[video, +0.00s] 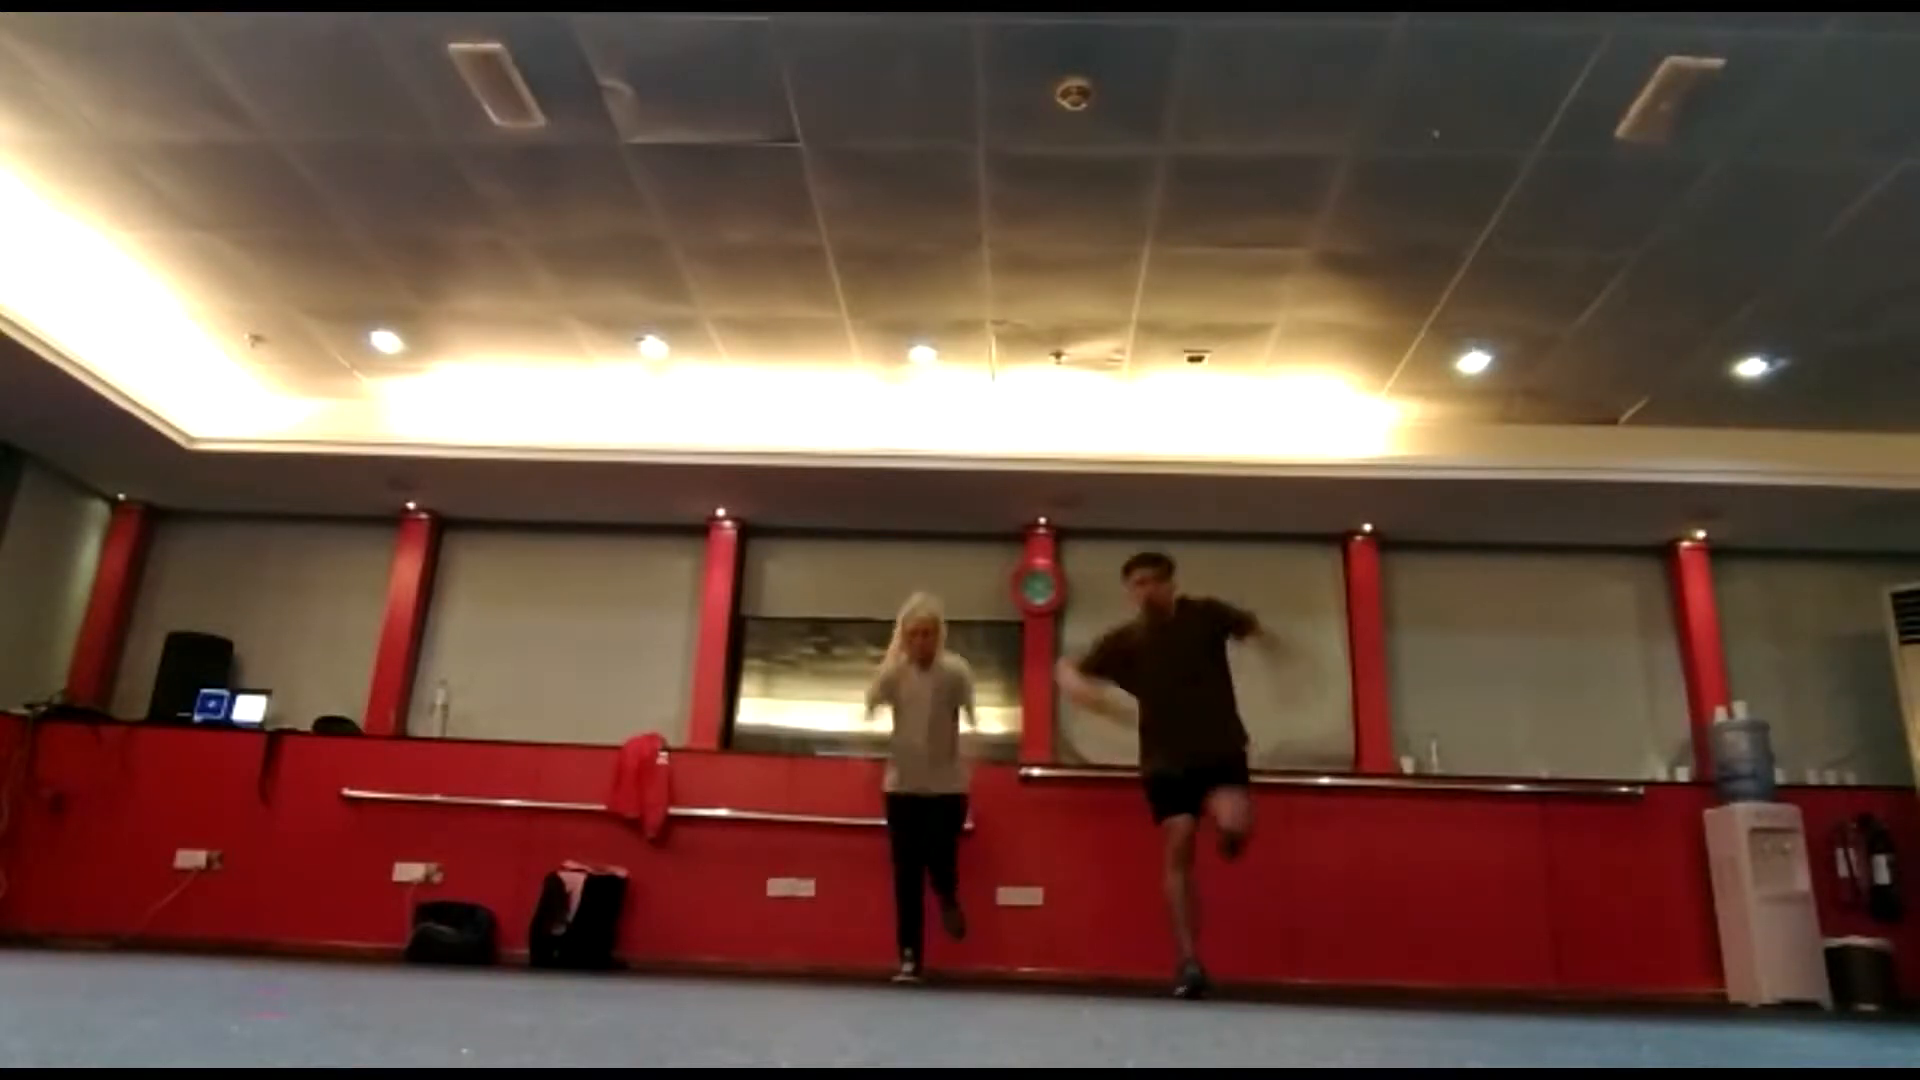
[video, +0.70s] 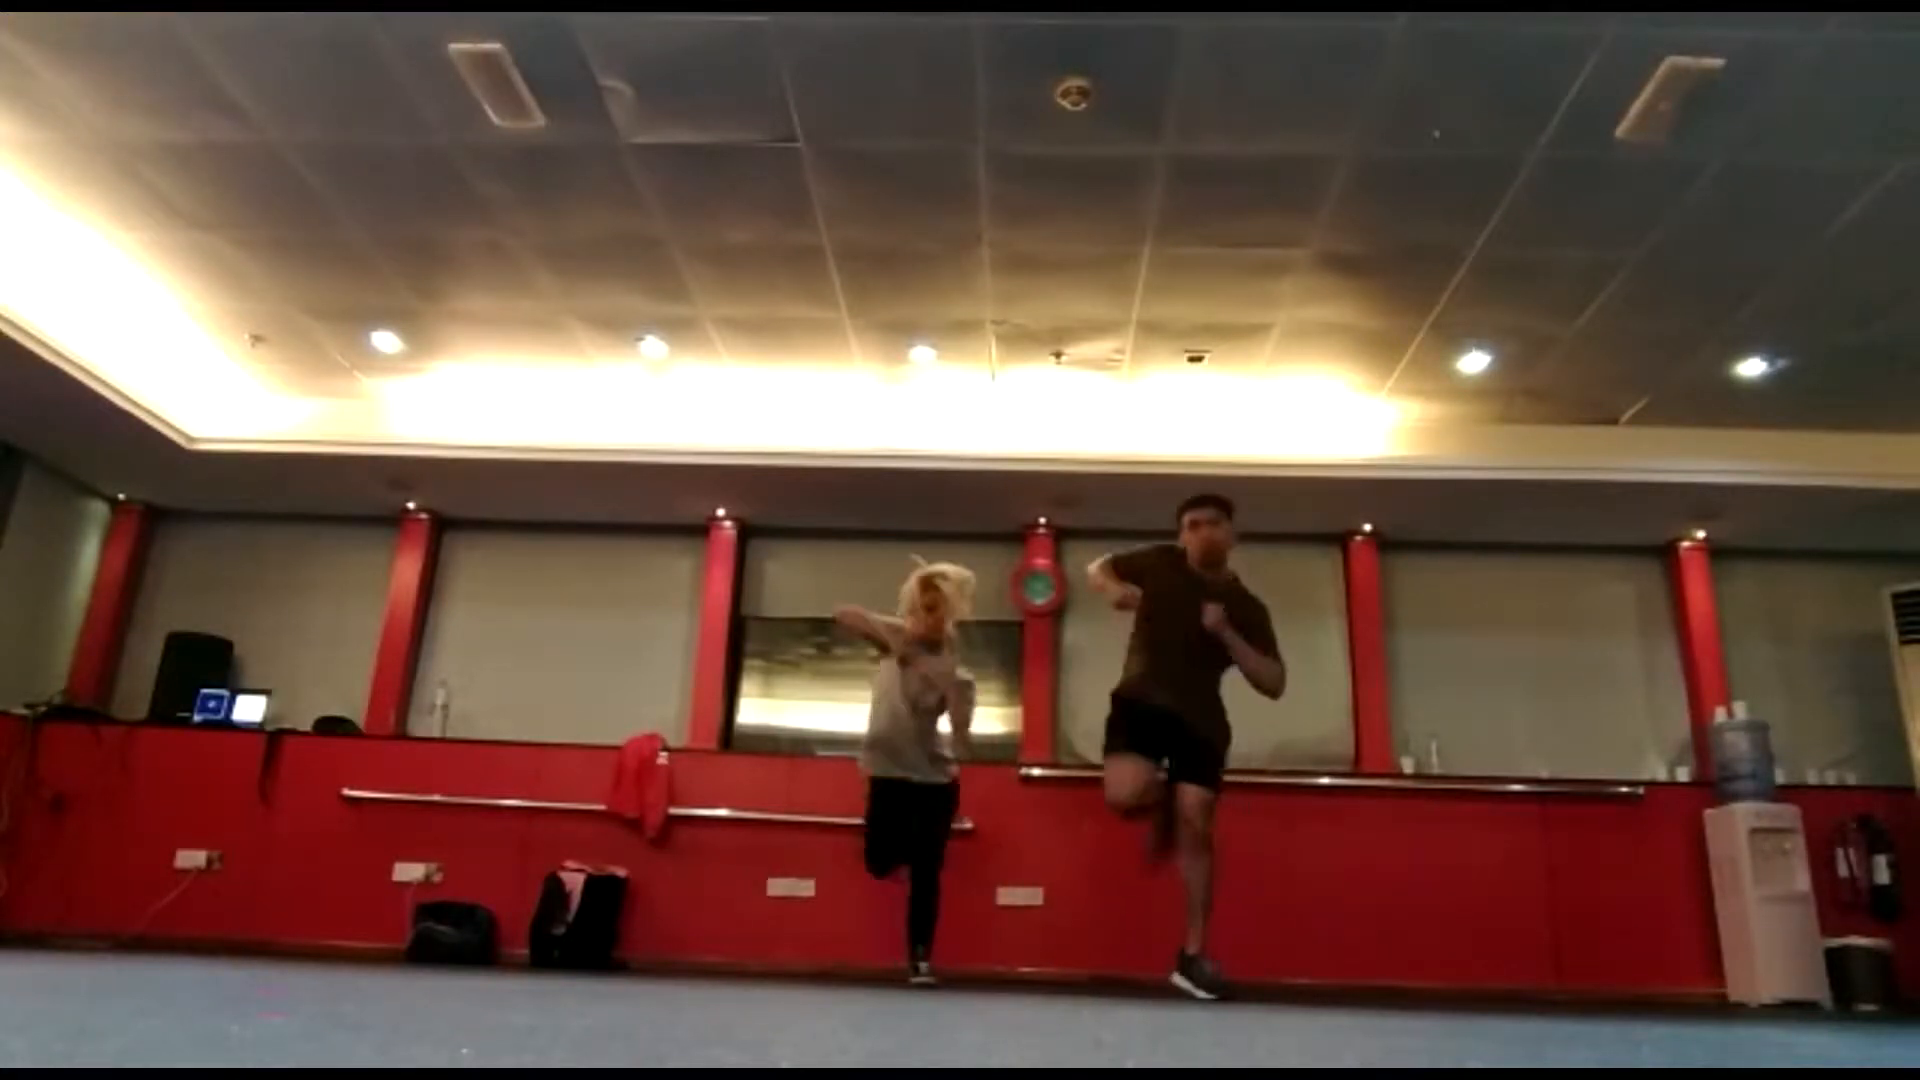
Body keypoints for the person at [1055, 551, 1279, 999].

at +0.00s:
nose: (1147, 592)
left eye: (1153, 581)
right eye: (1138, 584)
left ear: (1171, 582)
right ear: (1128, 591)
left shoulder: (1206, 615)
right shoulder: (1126, 640)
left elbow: (1256, 630)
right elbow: (1070, 676)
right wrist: (1104, 701)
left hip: (1218, 742)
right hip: (1166, 751)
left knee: (1234, 821)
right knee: (1179, 845)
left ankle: (1232, 834)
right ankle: (1188, 960)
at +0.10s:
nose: (1178, 578)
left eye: (1185, 569)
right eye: (1169, 569)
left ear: (1198, 575)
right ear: (1154, 576)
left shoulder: (1221, 613)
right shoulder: (1128, 623)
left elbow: (1284, 609)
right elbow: (1061, 622)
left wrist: (1341, 597)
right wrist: (998, 605)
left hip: (1215, 736)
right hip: (1163, 746)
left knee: (1233, 777)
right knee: (1184, 852)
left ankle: (1245, 866)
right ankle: (1192, 965)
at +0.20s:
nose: (1191, 581)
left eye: (1199, 573)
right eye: (1182, 573)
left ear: (1210, 581)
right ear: (1164, 580)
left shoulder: (1229, 628)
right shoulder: (1138, 629)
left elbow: (1283, 657)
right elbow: (1083, 662)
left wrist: (1325, 673)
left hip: (1212, 749)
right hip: (1158, 753)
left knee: (1235, 800)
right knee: (1188, 850)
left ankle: (1211, 936)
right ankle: (1203, 954)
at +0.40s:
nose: (1218, 614)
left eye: (1228, 606)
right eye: (1210, 604)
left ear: (1241, 618)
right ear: (1193, 611)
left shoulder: (1248, 676)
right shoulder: (1161, 661)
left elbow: (1233, 747)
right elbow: (1153, 739)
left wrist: (1217, 809)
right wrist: (1173, 808)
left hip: (1211, 777)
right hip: (1161, 776)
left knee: (1224, 853)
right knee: (1186, 870)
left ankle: (1178, 960)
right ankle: (1194, 962)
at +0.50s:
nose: (1209, 568)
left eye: (1220, 559)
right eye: (1204, 557)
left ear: (1238, 569)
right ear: (1190, 562)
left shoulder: (1248, 636)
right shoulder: (1159, 607)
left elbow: (1265, 714)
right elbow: (1102, 652)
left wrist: (1230, 734)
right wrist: (1130, 705)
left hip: (1212, 745)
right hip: (1154, 740)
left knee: (1207, 842)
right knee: (1173, 852)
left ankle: (1185, 955)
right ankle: (1199, 938)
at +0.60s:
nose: (1214, 547)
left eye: (1224, 539)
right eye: (1205, 538)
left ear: (1239, 548)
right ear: (1190, 544)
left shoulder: (1246, 619)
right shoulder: (1157, 578)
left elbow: (1284, 694)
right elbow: (1091, 579)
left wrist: (1239, 661)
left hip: (1207, 730)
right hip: (1148, 726)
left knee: (1202, 828)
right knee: (1160, 833)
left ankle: (1195, 954)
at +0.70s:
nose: (1203, 535)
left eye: (1212, 525)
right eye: (1194, 526)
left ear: (1231, 533)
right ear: (1181, 535)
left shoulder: (1244, 605)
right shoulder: (1160, 565)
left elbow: (1273, 683)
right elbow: (1100, 570)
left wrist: (1228, 634)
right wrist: (1116, 590)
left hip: (1200, 712)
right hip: (1141, 699)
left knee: (1195, 825)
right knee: (1122, 793)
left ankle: (1193, 952)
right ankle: (1166, 799)